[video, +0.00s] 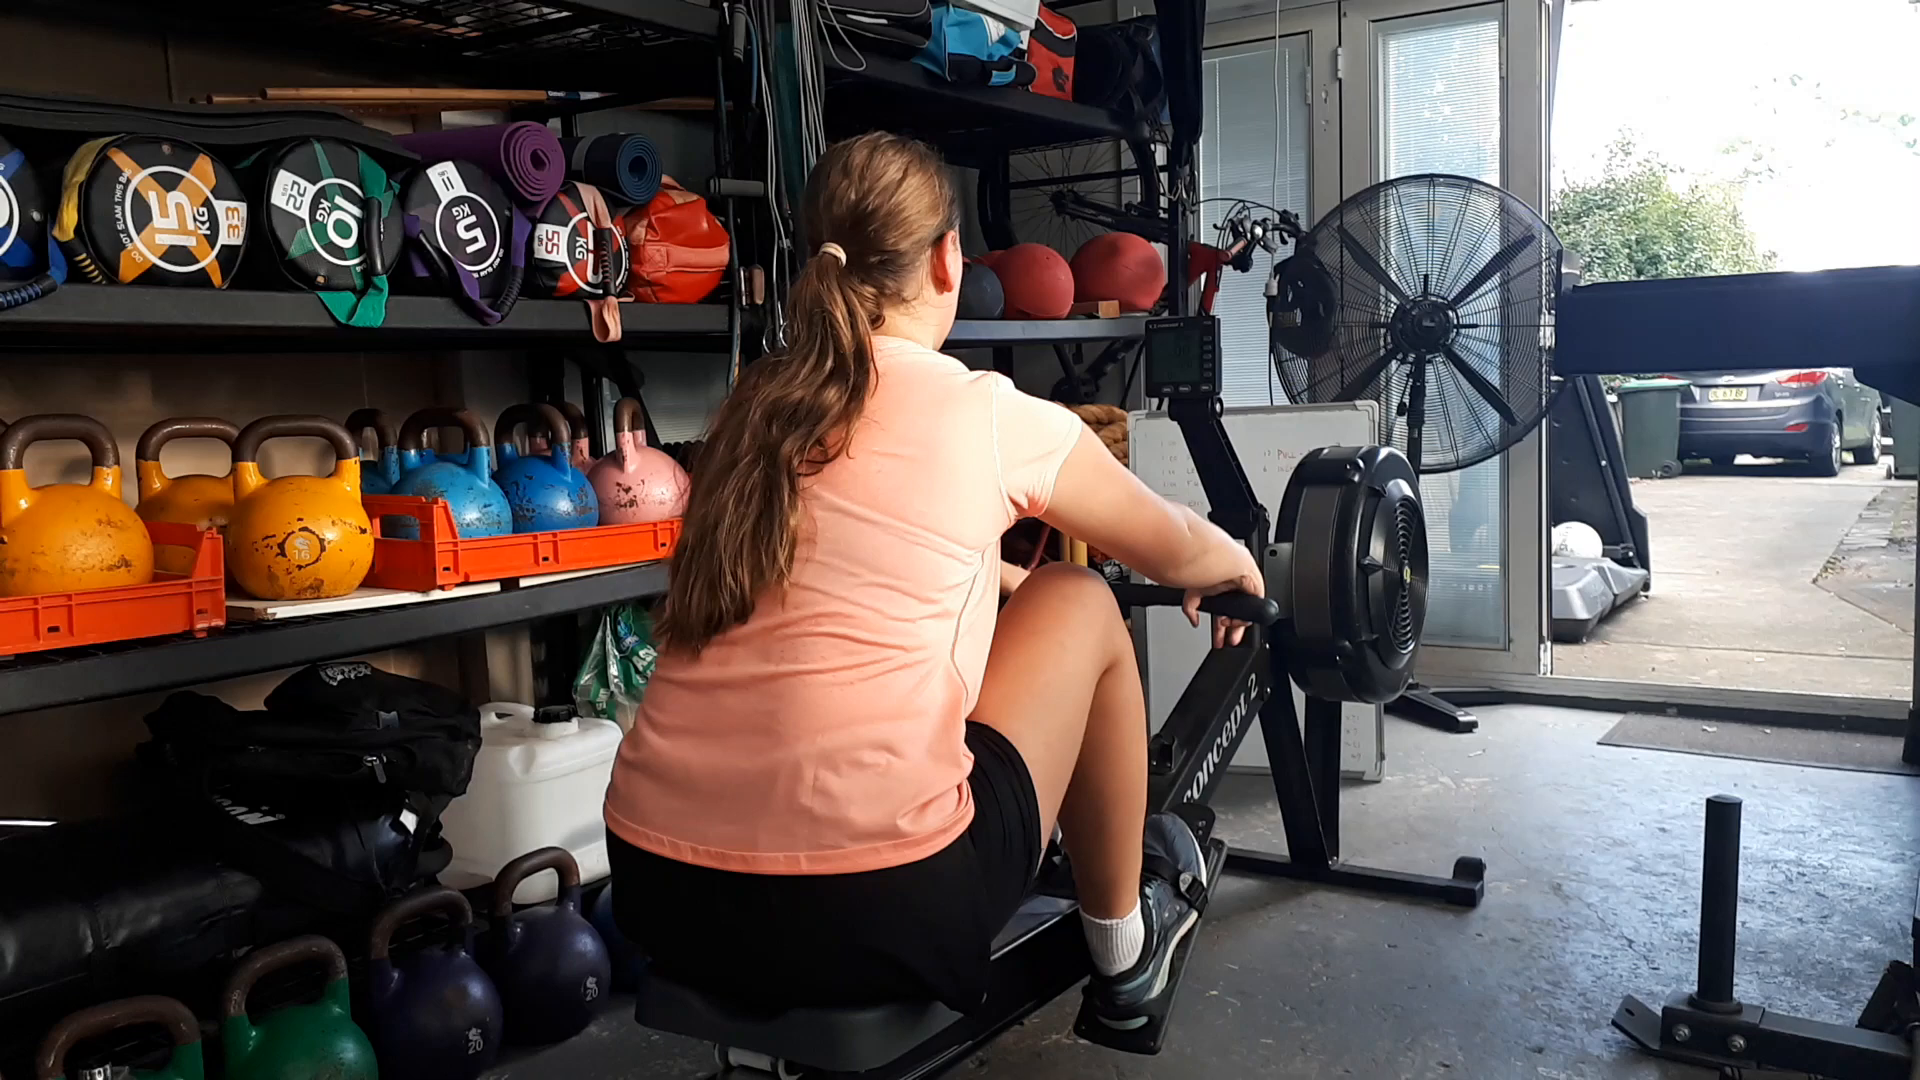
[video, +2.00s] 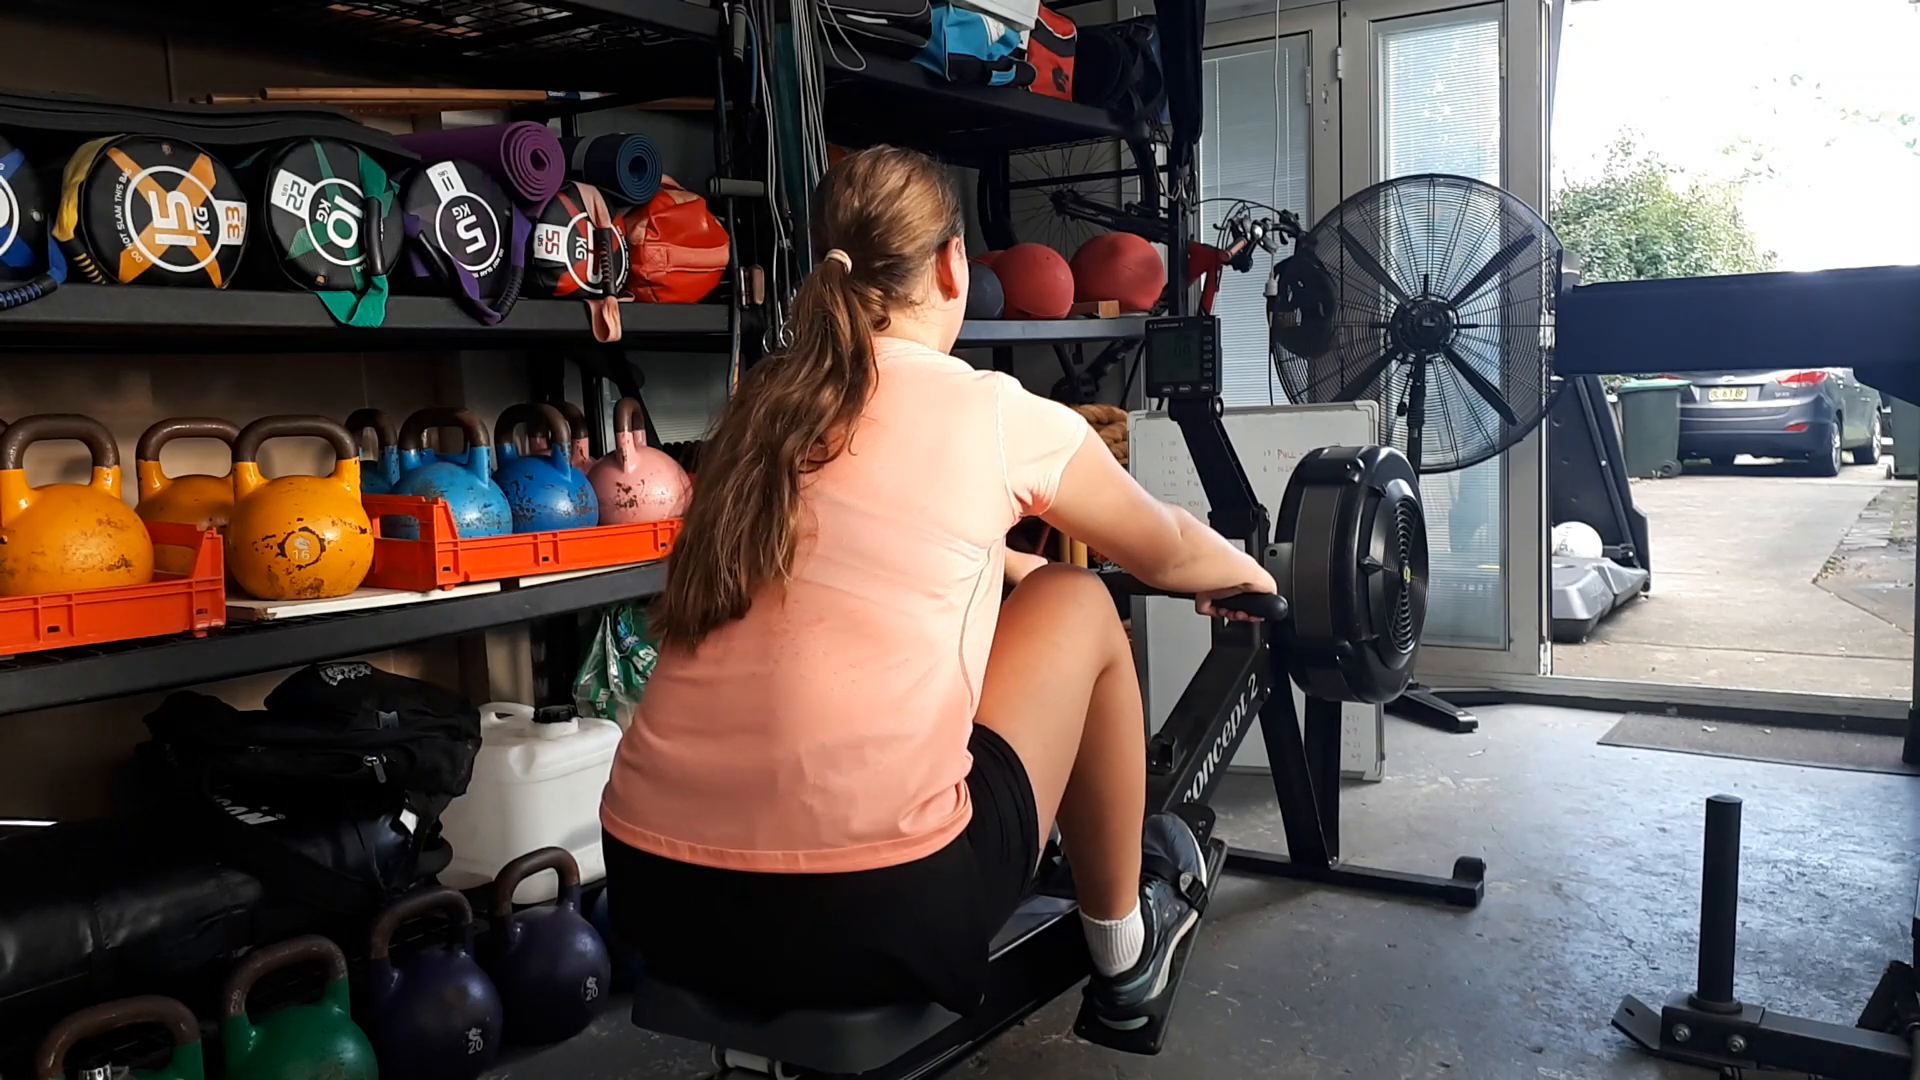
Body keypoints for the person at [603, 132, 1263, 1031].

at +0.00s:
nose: (965, 266)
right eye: (962, 246)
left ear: (817, 263)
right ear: (945, 263)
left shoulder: (753, 399)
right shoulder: (986, 413)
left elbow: (837, 560)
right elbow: (1167, 541)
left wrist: (1005, 576)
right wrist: (1233, 566)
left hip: (667, 903)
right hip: (878, 918)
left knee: (965, 589)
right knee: (1081, 601)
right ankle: (1123, 957)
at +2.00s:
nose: (972, 276)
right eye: (968, 255)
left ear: (826, 273)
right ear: (951, 269)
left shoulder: (760, 400)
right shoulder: (993, 412)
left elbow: (875, 539)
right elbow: (1161, 543)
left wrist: (1045, 579)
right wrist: (1233, 569)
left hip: (665, 907)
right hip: (875, 922)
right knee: (1076, 596)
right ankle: (1123, 964)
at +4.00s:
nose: (934, 264)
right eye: (931, 243)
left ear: (779, 265)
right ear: (914, 261)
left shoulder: (718, 411)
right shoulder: (969, 422)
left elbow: (773, 573)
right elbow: (1113, 550)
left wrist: (940, 572)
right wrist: (1190, 558)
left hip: (623, 917)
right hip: (833, 932)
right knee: (1064, 620)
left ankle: (979, 876)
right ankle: (1126, 955)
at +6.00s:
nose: (1016, 314)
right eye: (1014, 296)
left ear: (873, 313)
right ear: (1000, 312)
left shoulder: (813, 429)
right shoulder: (1040, 429)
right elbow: (1180, 550)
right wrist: (1255, 580)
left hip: (722, 888)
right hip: (914, 900)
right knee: (1108, 583)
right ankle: (1119, 950)